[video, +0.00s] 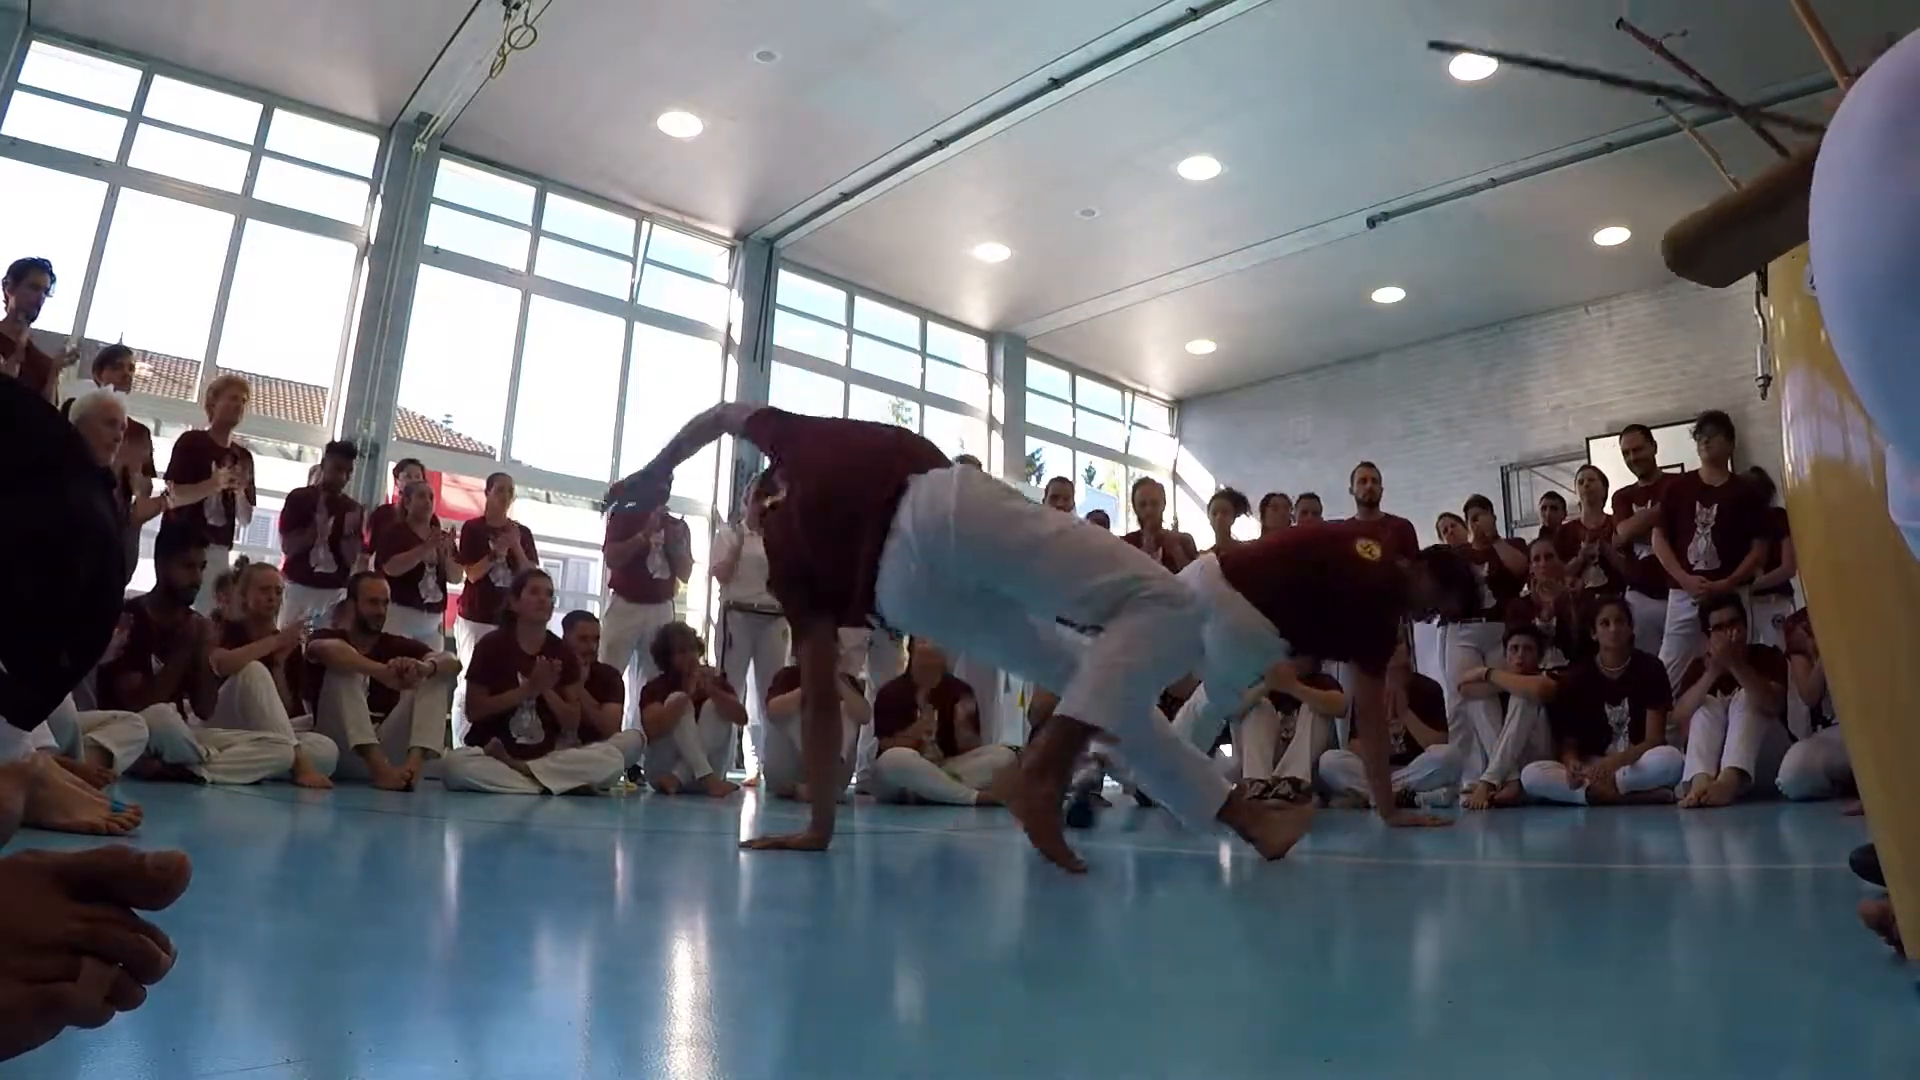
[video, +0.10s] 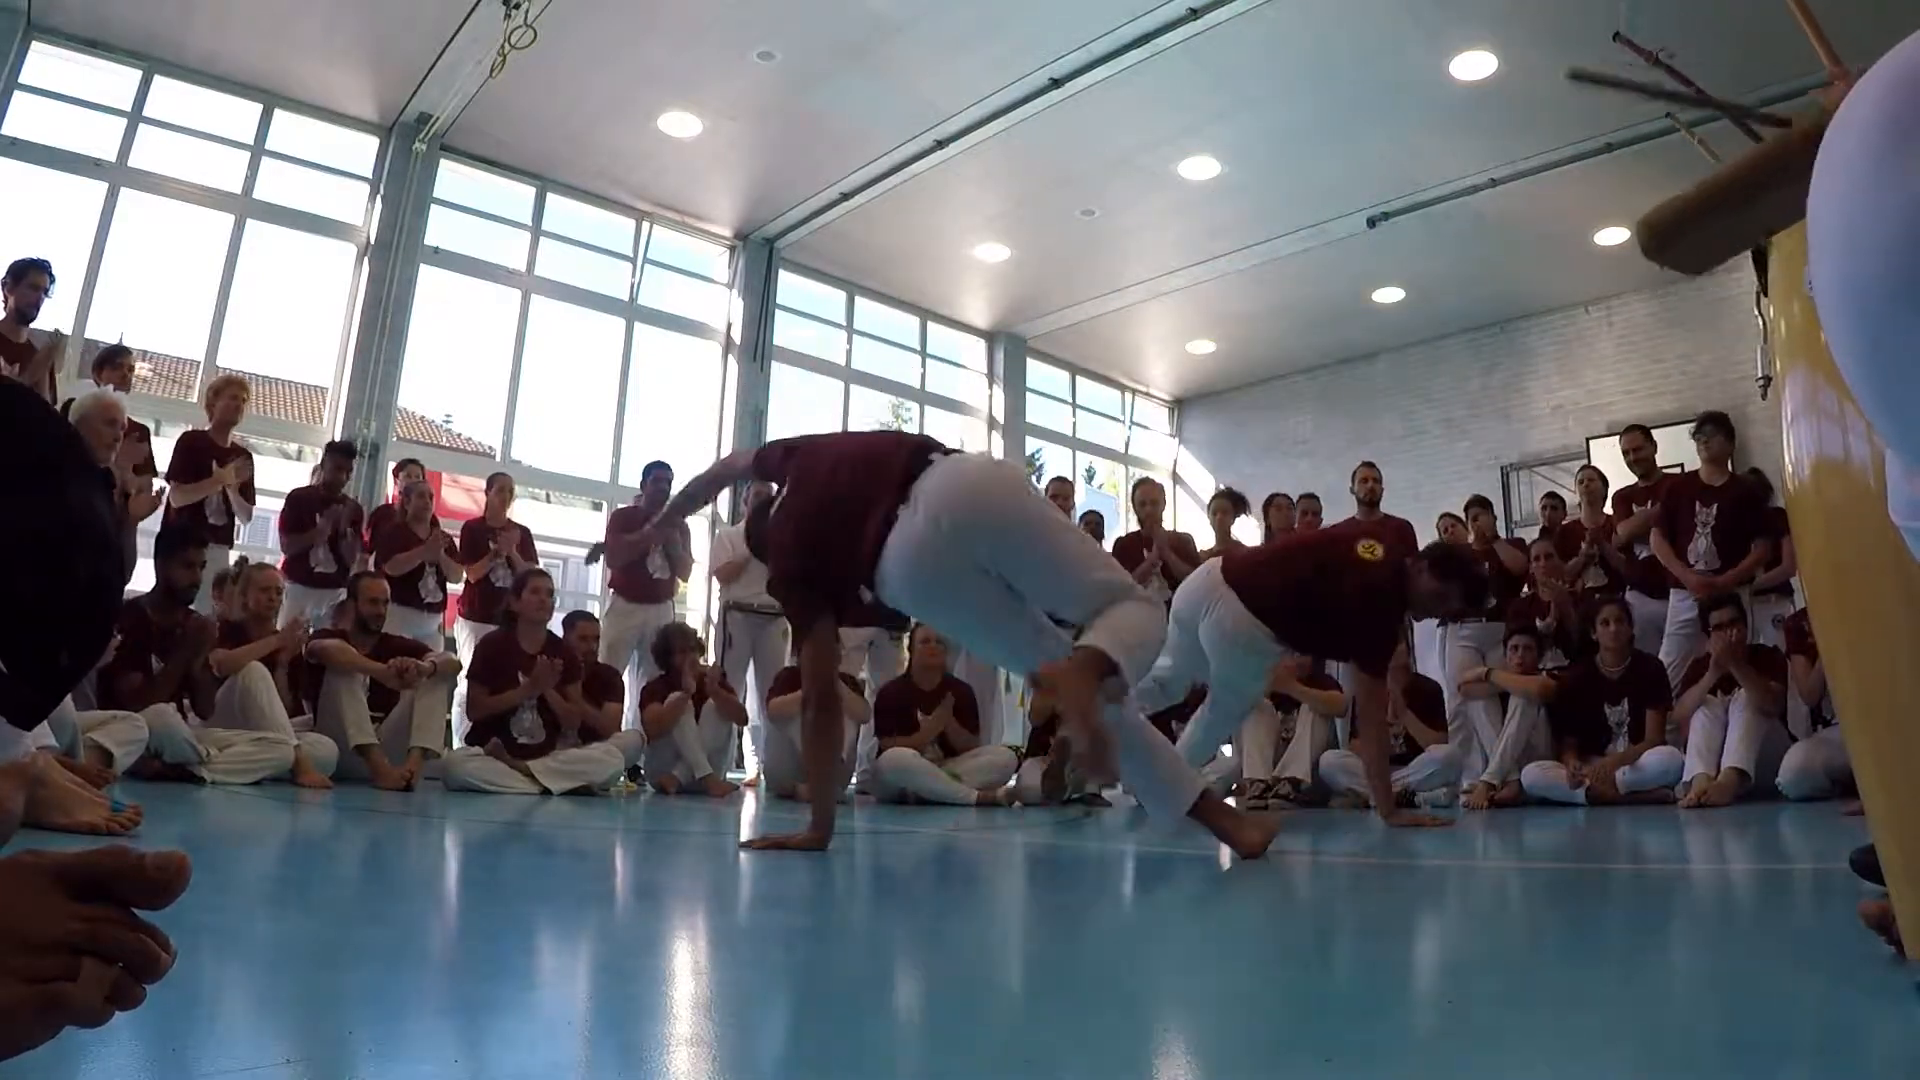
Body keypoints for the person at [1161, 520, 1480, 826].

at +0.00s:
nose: (1428, 615)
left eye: (1437, 612)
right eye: (1436, 606)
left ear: (1422, 560)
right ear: (1428, 581)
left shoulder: (1381, 537)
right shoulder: (1379, 606)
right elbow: (1368, 717)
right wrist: (1388, 809)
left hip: (1205, 573)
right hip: (1248, 622)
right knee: (1217, 704)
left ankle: (1143, 779)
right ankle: (1165, 787)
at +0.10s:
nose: (1439, 617)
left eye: (1448, 613)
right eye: (1445, 608)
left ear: (1428, 559)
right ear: (1430, 577)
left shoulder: (1395, 532)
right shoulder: (1379, 615)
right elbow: (1371, 723)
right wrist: (1388, 811)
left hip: (1207, 580)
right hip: (1244, 631)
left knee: (1170, 676)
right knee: (1221, 716)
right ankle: (1164, 793)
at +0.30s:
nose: (1421, 604)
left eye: (1430, 597)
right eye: (1417, 591)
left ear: (1440, 593)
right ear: (1392, 567)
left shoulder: (1392, 545)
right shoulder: (1358, 601)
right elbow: (1362, 719)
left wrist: (1396, 666)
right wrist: (1387, 811)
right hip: (1232, 637)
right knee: (1257, 746)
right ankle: (1177, 789)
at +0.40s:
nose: (1412, 594)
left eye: (1421, 586)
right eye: (1408, 584)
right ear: (1385, 565)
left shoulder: (1385, 540)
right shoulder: (1352, 597)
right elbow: (1360, 708)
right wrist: (1387, 811)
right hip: (1249, 643)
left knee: (1331, 685)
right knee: (1276, 756)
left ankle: (1300, 772)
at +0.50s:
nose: (1413, 588)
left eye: (1416, 578)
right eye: (1406, 578)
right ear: (1375, 565)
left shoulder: (1376, 535)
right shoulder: (1357, 599)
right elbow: (1363, 721)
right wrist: (1388, 811)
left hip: (1325, 635)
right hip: (1270, 641)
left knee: (1396, 677)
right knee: (1288, 753)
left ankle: (1426, 772)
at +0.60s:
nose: (1397, 583)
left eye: (1404, 570)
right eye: (1383, 574)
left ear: (1414, 553)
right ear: (1366, 564)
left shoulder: (1412, 525)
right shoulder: (1357, 600)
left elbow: (1481, 525)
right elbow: (1362, 716)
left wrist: (1453, 572)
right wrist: (1377, 803)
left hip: (1366, 638)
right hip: (1305, 648)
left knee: (1444, 681)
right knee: (1303, 741)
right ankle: (1225, 774)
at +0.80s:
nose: (1370, 576)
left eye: (1369, 563)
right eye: (1358, 572)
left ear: (1380, 541)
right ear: (1342, 574)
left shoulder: (1409, 530)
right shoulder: (1355, 621)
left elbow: (1491, 556)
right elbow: (1367, 710)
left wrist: (1412, 599)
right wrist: (1379, 807)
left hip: (1439, 629)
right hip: (1402, 671)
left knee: (1521, 679)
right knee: (1474, 754)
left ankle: (1513, 786)